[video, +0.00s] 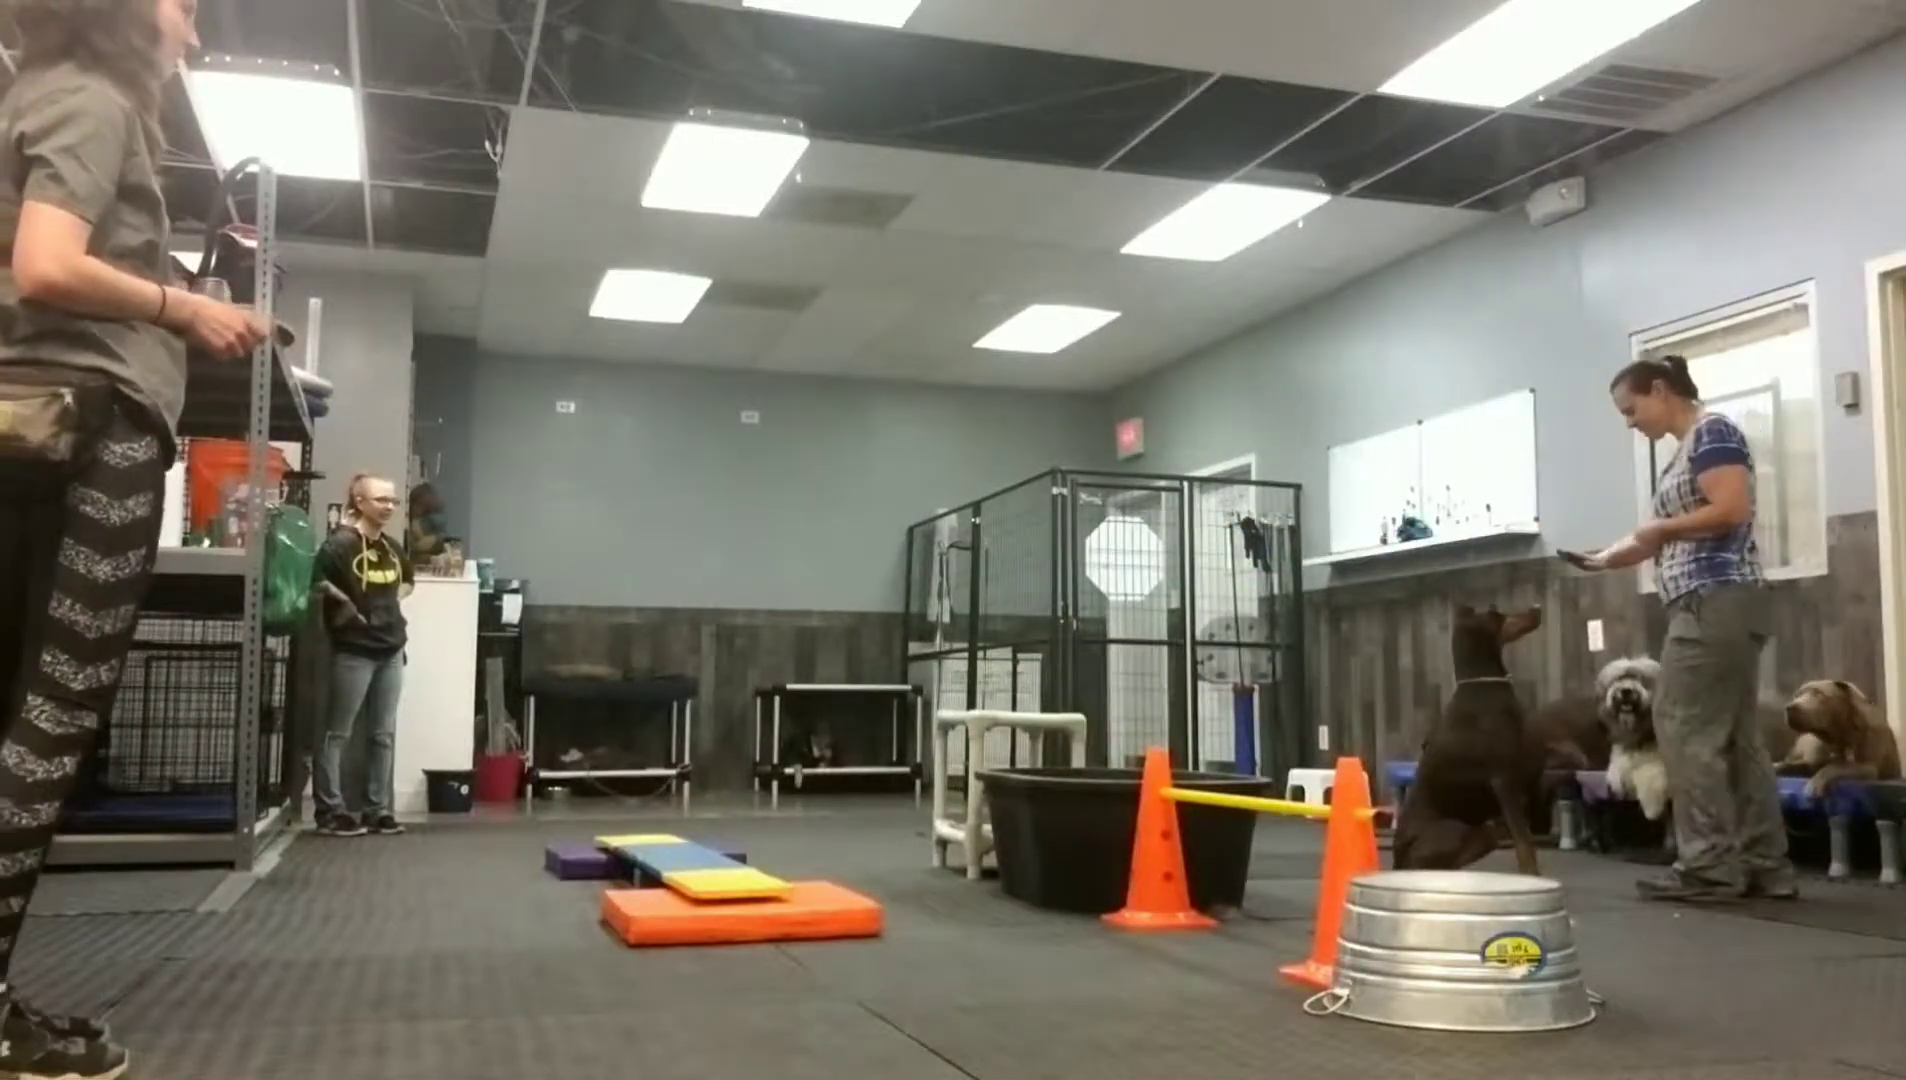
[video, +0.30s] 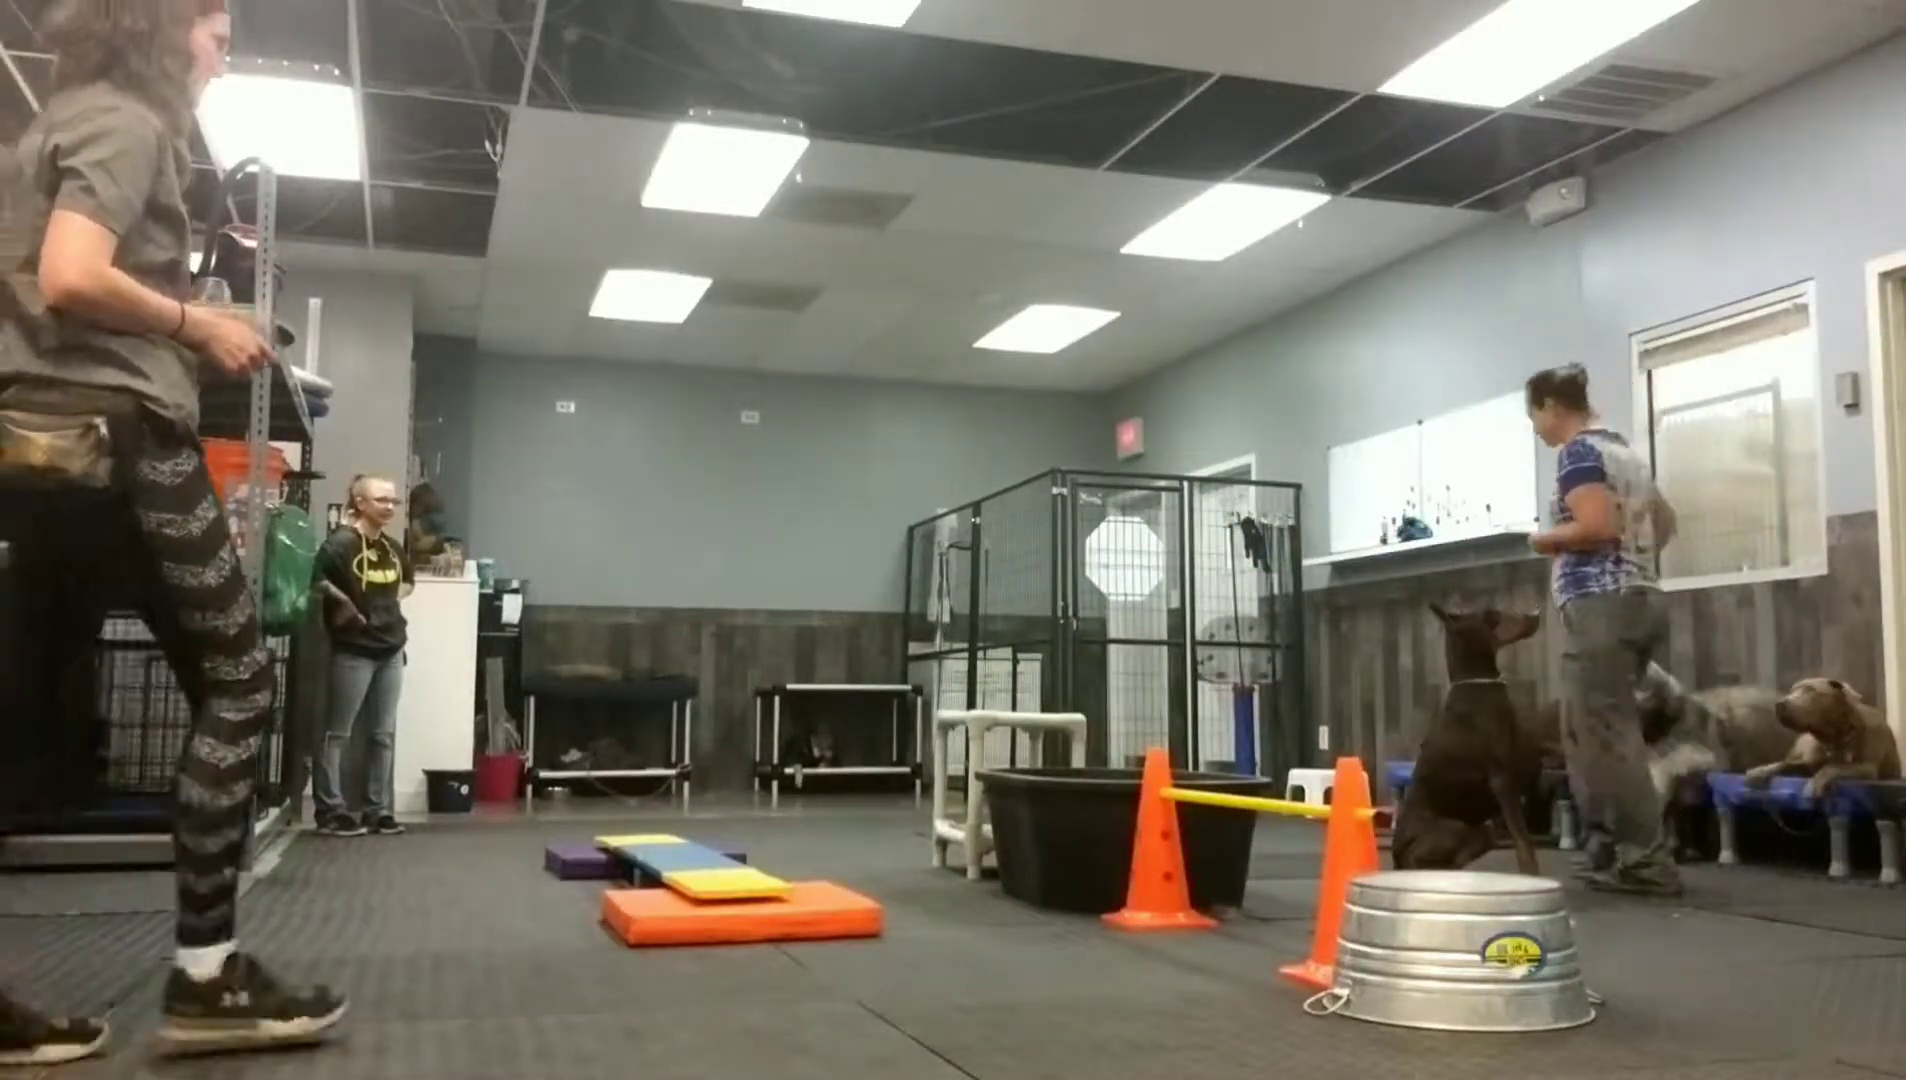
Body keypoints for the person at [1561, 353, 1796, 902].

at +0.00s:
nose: (1633, 426)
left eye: (1632, 412)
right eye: (1628, 417)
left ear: (1659, 391)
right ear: (1658, 397)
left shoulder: (1711, 431)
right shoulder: (1686, 452)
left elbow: (1733, 509)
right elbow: (1662, 537)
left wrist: (1661, 528)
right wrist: (1604, 559)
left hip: (1714, 604)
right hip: (1723, 604)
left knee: (1682, 725)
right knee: (1736, 736)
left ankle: (1708, 863)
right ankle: (1767, 865)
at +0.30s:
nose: (1537, 429)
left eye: (1535, 418)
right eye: (1535, 419)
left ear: (1552, 409)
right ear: (1582, 406)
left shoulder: (1579, 452)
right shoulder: (1623, 452)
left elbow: (1596, 526)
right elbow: (1664, 521)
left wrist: (1546, 539)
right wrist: (1626, 553)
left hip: (1598, 604)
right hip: (1637, 599)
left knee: (1607, 728)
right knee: (1601, 725)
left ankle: (1646, 860)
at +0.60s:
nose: (1436, 449)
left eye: (1435, 439)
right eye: (1434, 440)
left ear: (1446, 431)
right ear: (1480, 432)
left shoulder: (1459, 473)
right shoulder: (1517, 480)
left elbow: (1465, 542)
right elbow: (1555, 540)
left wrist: (1433, 557)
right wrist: (1532, 588)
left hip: (1469, 613)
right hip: (1524, 610)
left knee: (1434, 721)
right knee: (1520, 719)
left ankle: (1443, 812)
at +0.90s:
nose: (1342, 467)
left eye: (1335, 461)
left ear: (1334, 460)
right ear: (1373, 458)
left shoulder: (1321, 499)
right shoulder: (1400, 499)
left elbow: (1307, 558)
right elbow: (1430, 555)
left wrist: (1332, 572)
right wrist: (1417, 596)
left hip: (1338, 616)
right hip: (1393, 613)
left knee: (1350, 722)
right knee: (1384, 719)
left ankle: (1374, 820)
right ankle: (1382, 811)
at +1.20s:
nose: (1329, 491)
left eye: (1324, 485)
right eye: (1329, 485)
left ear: (1293, 485)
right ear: (1327, 485)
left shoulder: (1270, 517)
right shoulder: (1343, 522)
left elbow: (1251, 569)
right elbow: (1365, 577)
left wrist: (1275, 585)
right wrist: (1359, 621)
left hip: (1275, 629)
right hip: (1328, 630)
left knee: (1268, 722)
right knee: (1318, 730)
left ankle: (1247, 812)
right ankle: (1313, 824)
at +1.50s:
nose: (1350, 536)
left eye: (1352, 530)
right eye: (1350, 528)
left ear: (1318, 515)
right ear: (1339, 518)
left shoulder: (1274, 532)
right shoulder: (1336, 547)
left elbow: (1242, 573)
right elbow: (1348, 613)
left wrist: (1273, 592)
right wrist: (1367, 653)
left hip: (1259, 634)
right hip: (1308, 639)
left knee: (1262, 727)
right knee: (1321, 727)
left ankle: (1263, 814)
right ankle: (1333, 811)